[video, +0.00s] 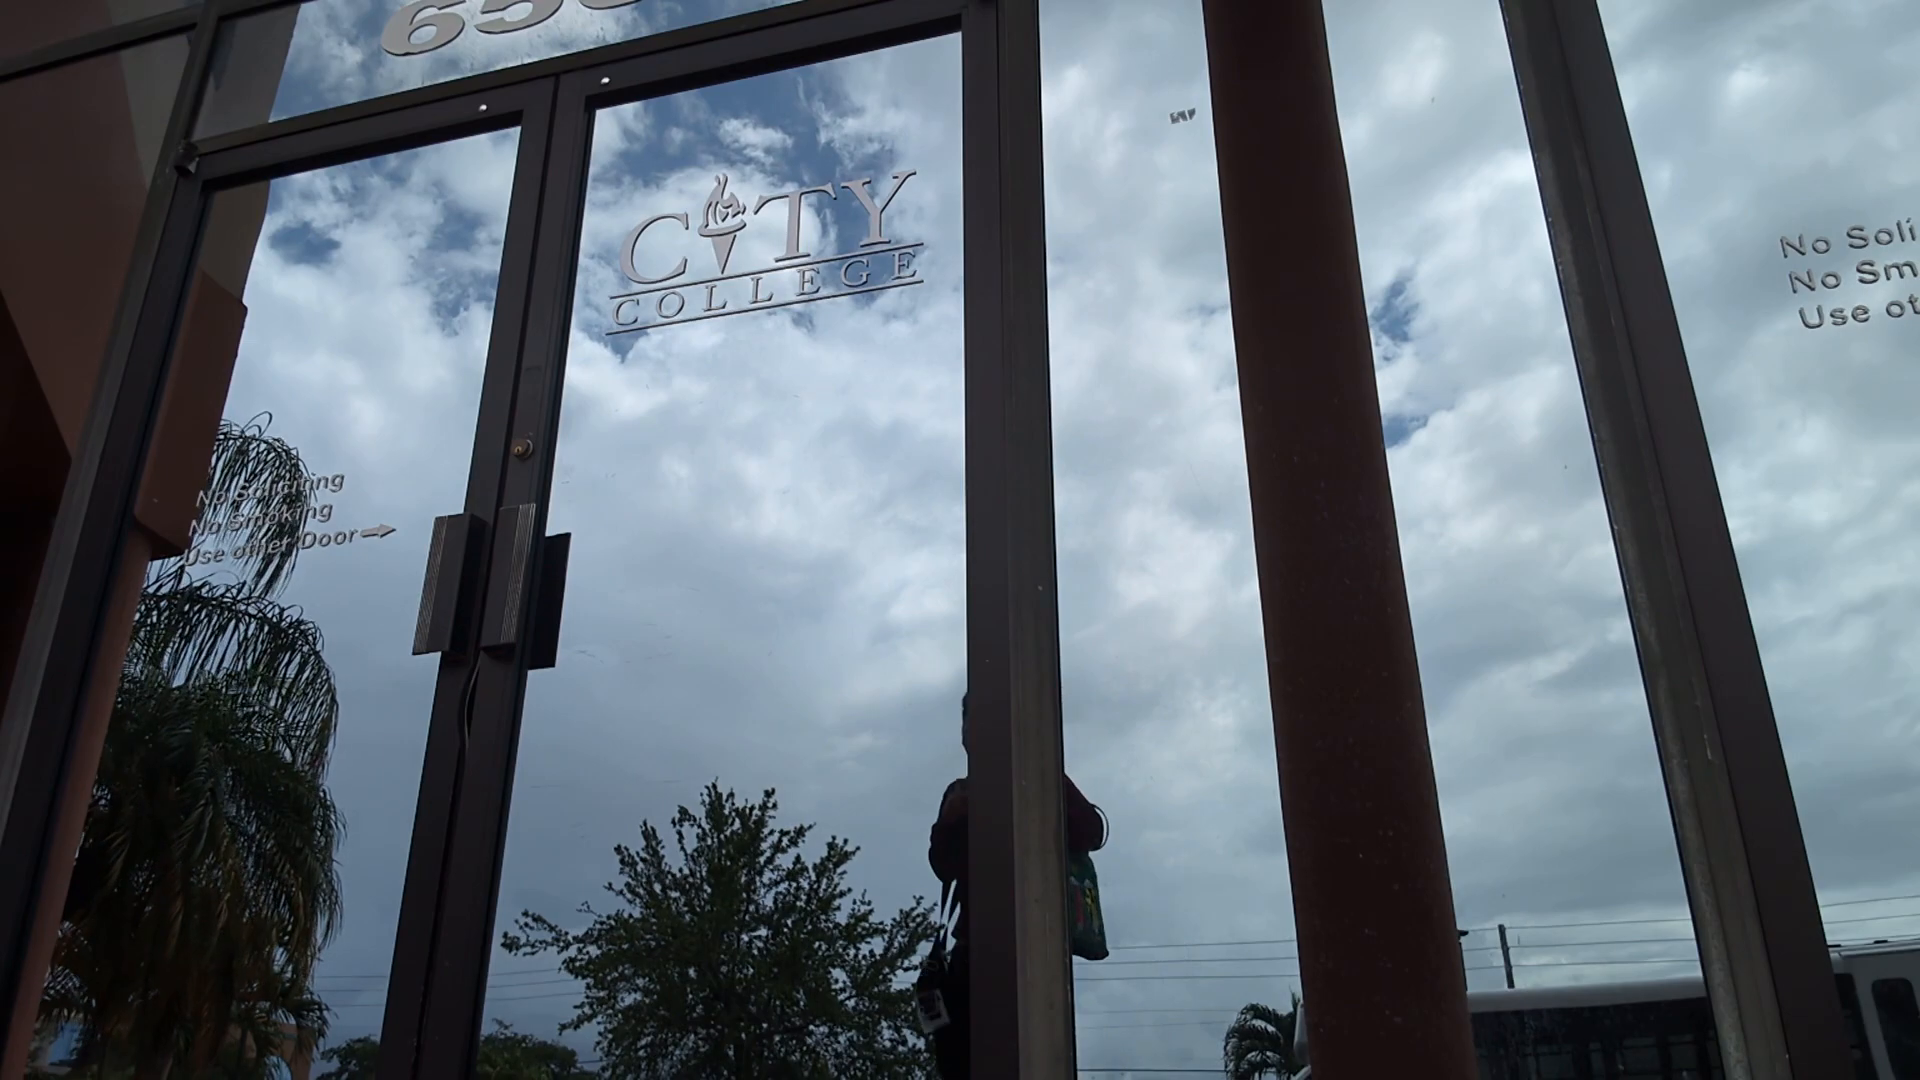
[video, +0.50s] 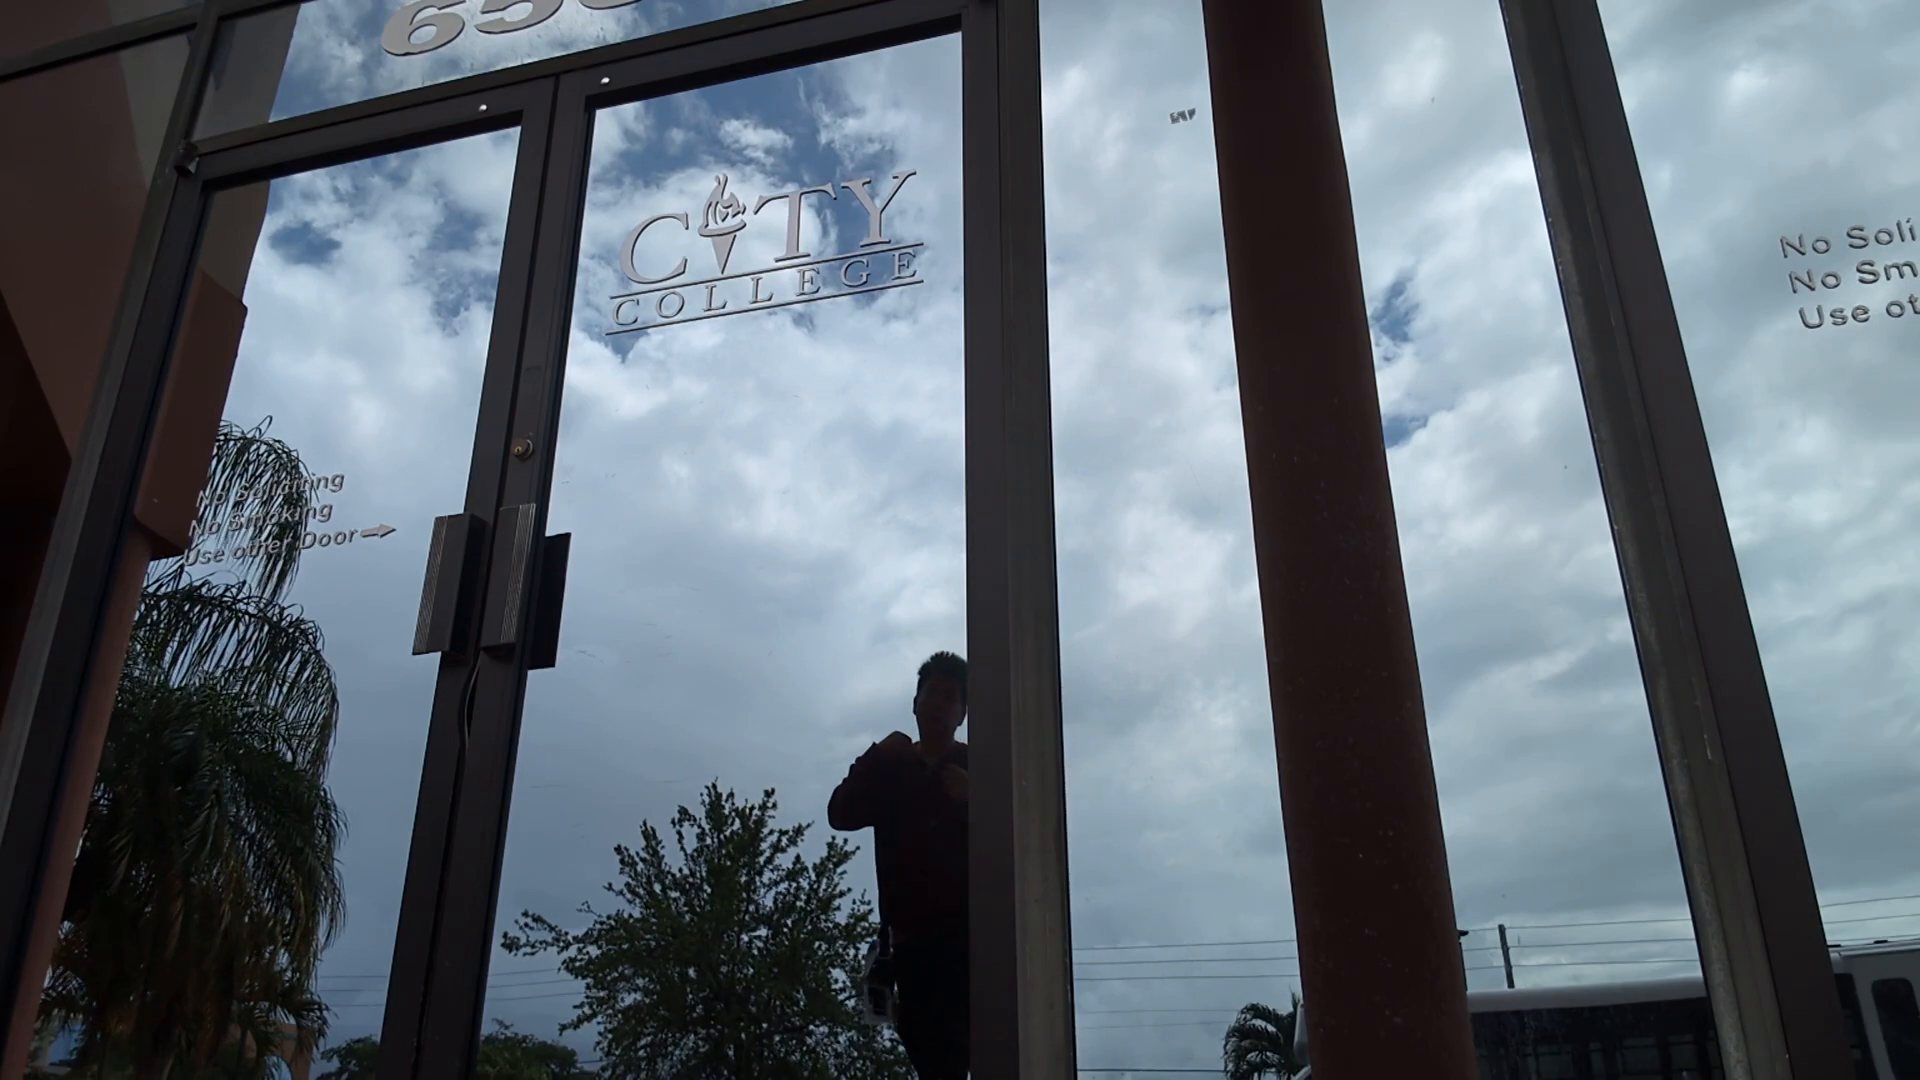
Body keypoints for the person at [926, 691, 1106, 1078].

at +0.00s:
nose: (973, 730)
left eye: (983, 718)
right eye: (970, 719)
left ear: (1008, 724)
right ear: (964, 730)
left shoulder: (1045, 779)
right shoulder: (961, 791)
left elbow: (1092, 832)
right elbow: (943, 866)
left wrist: (1048, 784)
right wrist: (959, 813)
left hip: (1041, 938)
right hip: (976, 938)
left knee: (1039, 1046)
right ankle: (963, 1073)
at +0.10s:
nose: (962, 724)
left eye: (972, 713)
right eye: (957, 714)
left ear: (993, 718)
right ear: (949, 724)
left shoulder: (1026, 777)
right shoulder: (943, 785)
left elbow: (1078, 831)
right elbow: (915, 859)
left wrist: (1035, 786)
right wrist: (940, 807)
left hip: (1023, 939)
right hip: (959, 941)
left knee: (1022, 1050)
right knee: (954, 1050)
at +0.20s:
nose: (953, 720)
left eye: (964, 710)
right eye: (947, 710)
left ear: (983, 716)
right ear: (937, 719)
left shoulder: (1005, 775)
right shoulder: (926, 780)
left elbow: (1064, 827)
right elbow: (892, 850)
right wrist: (918, 795)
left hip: (1002, 940)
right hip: (945, 942)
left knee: (1000, 1052)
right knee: (946, 1055)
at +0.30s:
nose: (945, 717)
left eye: (957, 707)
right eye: (939, 705)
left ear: (977, 715)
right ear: (928, 715)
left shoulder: (995, 775)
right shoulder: (915, 779)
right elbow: (871, 840)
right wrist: (898, 783)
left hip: (991, 935)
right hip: (935, 938)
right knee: (939, 1045)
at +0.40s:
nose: (939, 711)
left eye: (951, 702)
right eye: (933, 700)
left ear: (968, 712)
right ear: (921, 710)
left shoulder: (983, 771)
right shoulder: (901, 775)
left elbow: (1012, 831)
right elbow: (853, 828)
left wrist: (976, 793)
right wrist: (886, 771)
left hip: (979, 929)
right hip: (923, 932)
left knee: (979, 1041)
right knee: (932, 1045)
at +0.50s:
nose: (938, 704)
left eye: (949, 697)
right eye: (930, 694)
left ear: (964, 708)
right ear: (915, 703)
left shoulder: (978, 766)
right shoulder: (890, 765)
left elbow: (1013, 824)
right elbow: (840, 815)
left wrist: (976, 794)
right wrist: (879, 757)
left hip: (973, 932)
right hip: (911, 932)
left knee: (971, 1049)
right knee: (928, 1053)